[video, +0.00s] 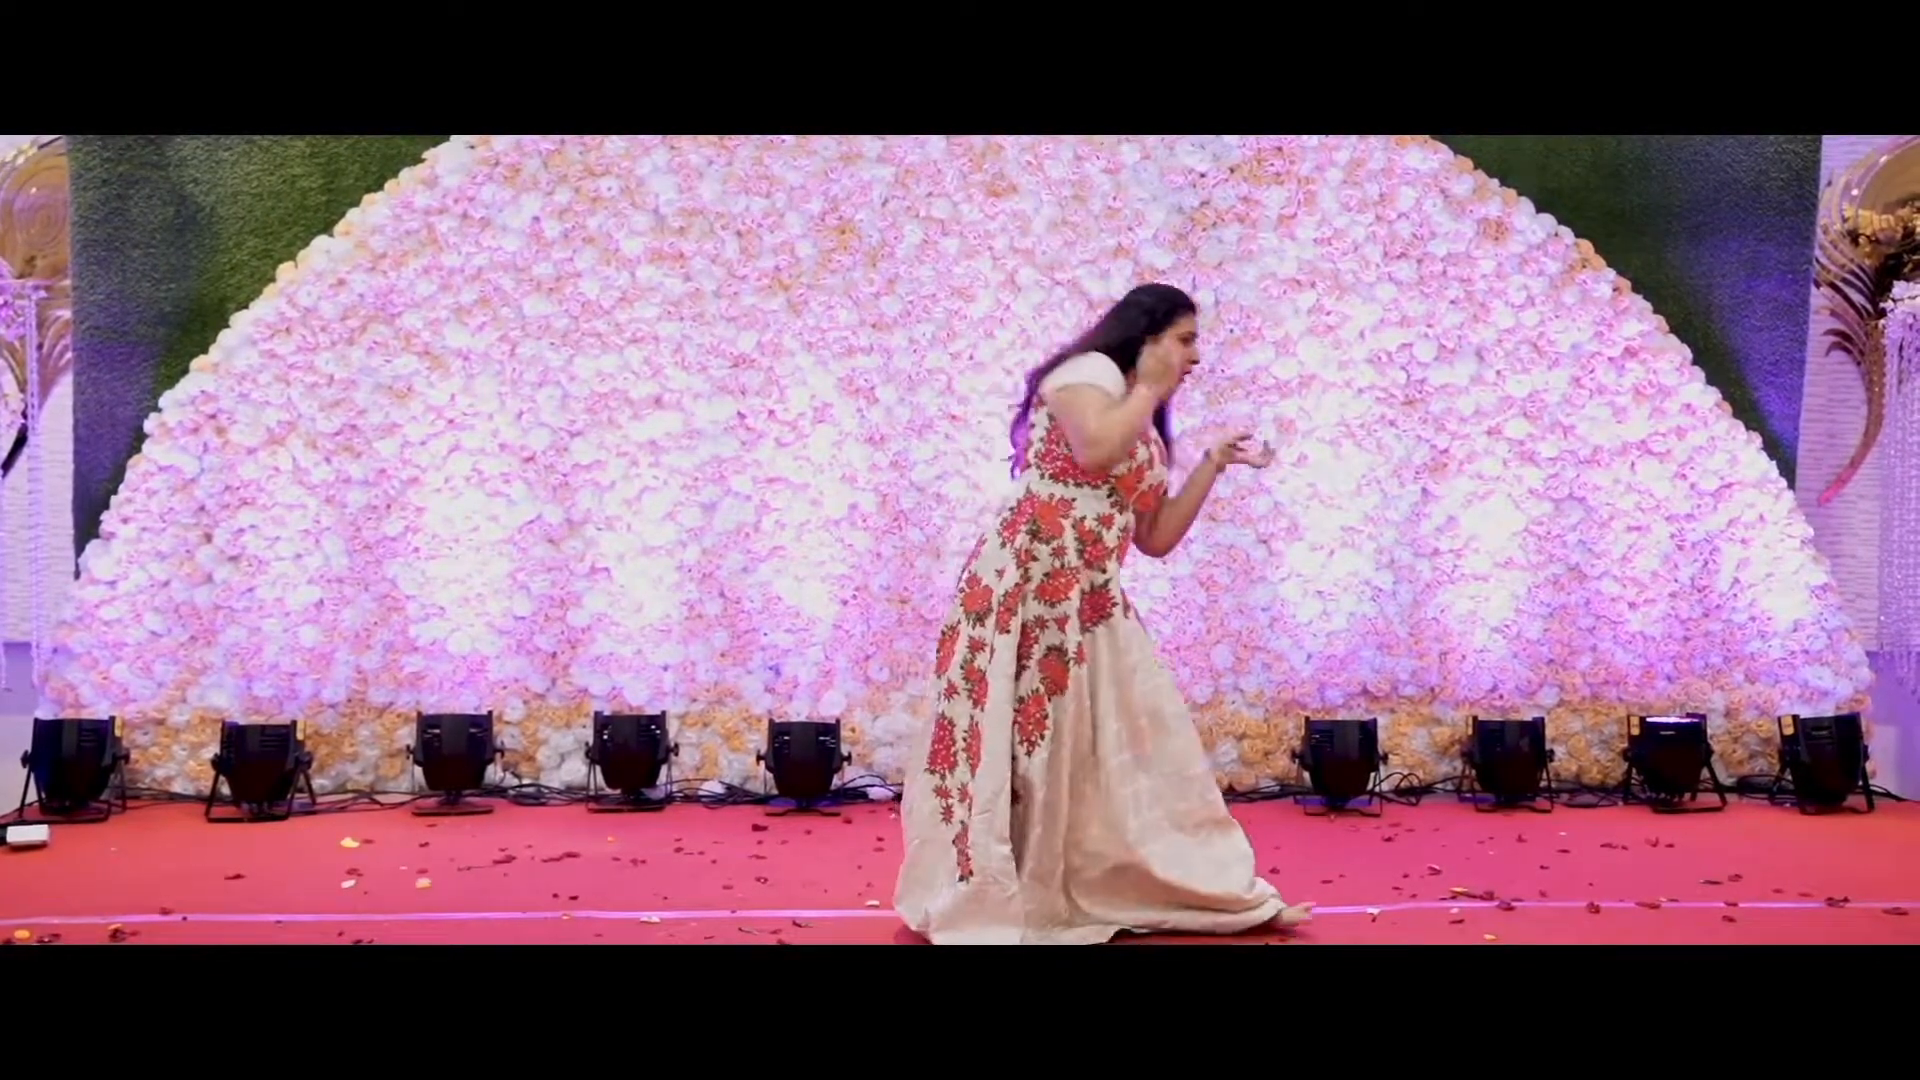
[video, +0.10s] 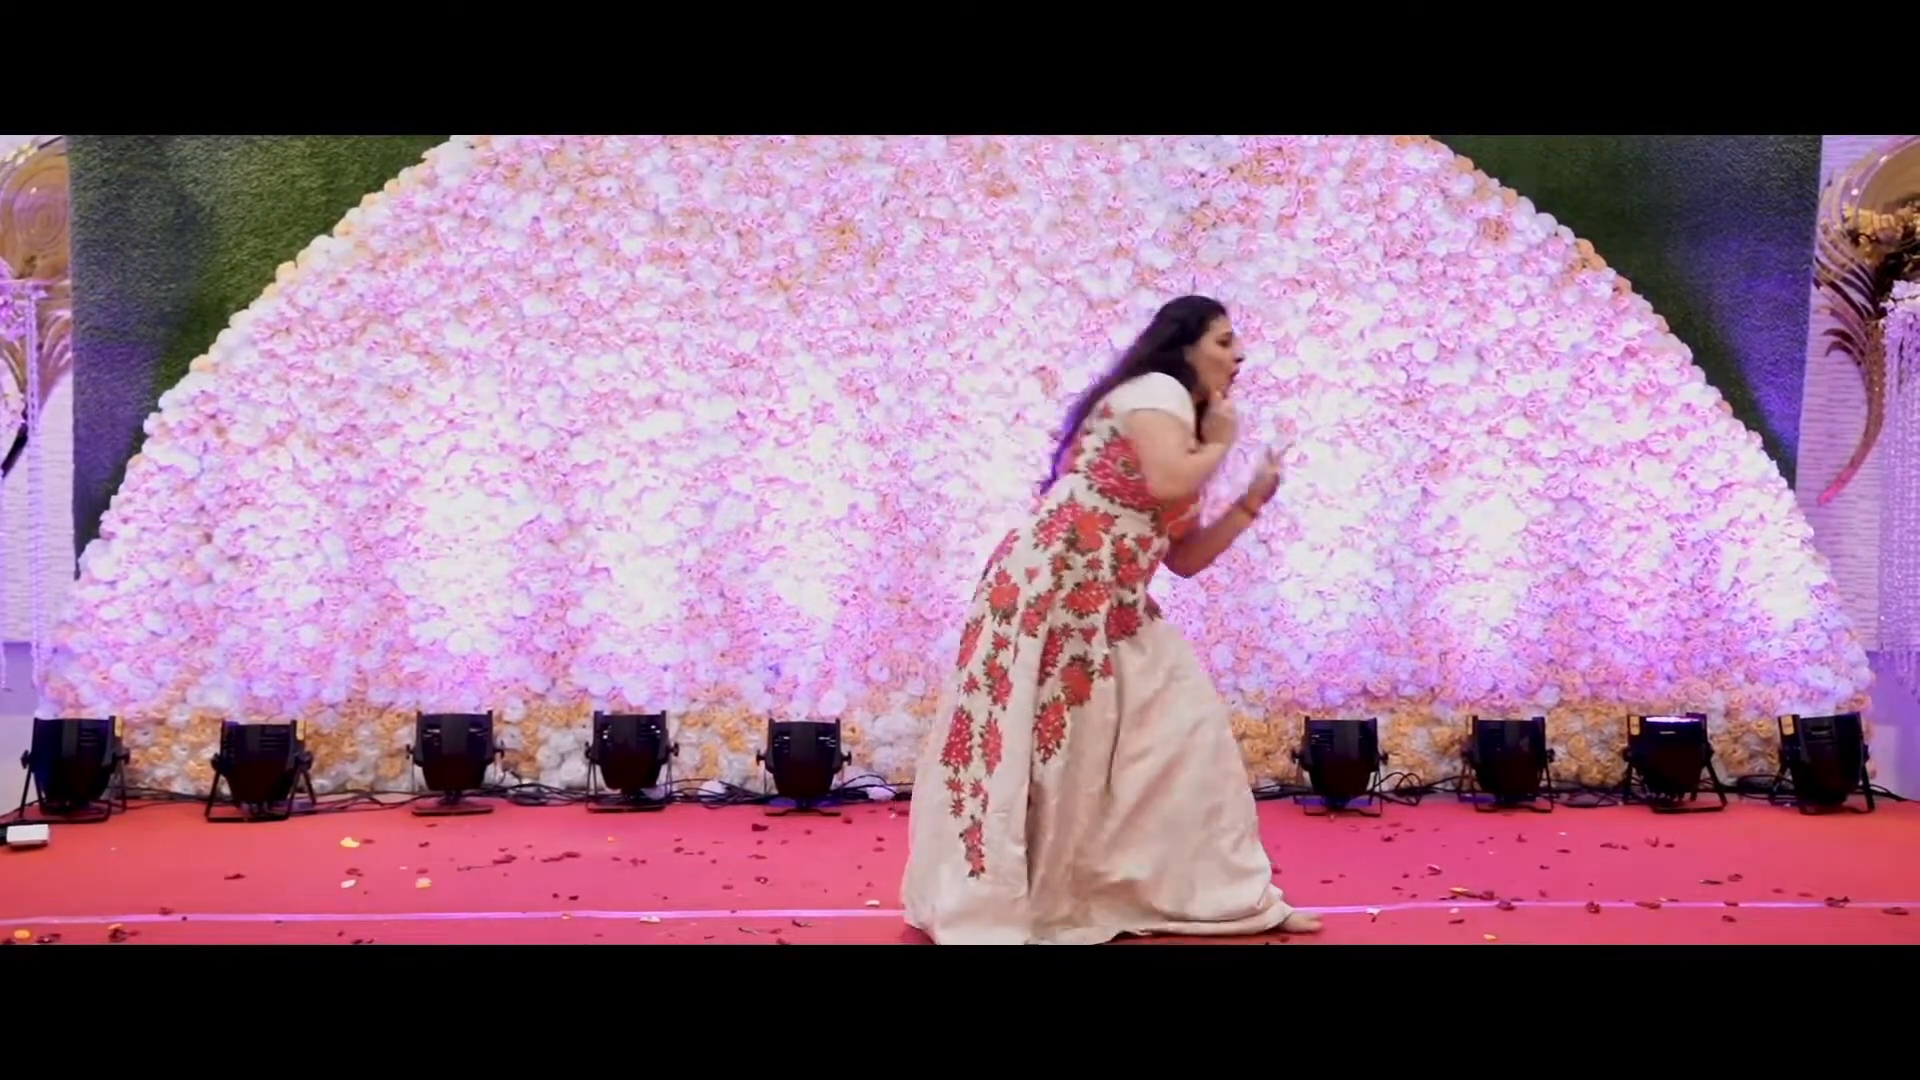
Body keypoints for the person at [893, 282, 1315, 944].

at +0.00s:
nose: (1194, 356)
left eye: (1196, 343)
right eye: (1186, 340)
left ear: (1158, 346)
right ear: (1146, 336)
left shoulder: (1144, 437)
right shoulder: (1083, 373)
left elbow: (1158, 537)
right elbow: (1095, 445)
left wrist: (1211, 464)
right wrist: (1149, 388)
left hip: (1090, 597)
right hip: (1027, 585)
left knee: (1137, 736)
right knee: (1022, 741)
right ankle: (1010, 892)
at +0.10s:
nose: (1236, 356)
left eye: (1235, 344)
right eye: (1224, 343)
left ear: (1203, 352)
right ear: (1185, 348)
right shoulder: (1156, 392)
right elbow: (1168, 483)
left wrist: (1248, 505)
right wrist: (1221, 441)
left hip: (1111, 602)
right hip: (1053, 591)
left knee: (1187, 726)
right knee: (1056, 743)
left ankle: (1211, 887)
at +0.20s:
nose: (1278, 364)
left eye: (1275, 352)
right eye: (1263, 352)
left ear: (1226, 361)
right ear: (1224, 360)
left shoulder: (1209, 441)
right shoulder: (1206, 405)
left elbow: (1223, 569)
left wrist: (1292, 539)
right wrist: (1269, 454)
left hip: (1131, 605)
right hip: (1079, 591)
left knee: (1222, 716)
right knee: (1067, 742)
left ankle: (1218, 888)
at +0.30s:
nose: (1310, 376)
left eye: (1306, 362)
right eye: (1293, 364)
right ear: (1255, 375)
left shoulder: (1233, 457)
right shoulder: (1239, 423)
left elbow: (1235, 582)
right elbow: (1342, 436)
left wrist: (1280, 542)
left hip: (1162, 610)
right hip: (1104, 593)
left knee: (1251, 724)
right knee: (1084, 750)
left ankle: (1236, 894)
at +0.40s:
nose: (1326, 385)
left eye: (1322, 372)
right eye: (1309, 374)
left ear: (1306, 383)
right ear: (1268, 385)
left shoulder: (1275, 481)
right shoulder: (1254, 431)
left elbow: (1281, 586)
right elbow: (1359, 430)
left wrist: (1297, 543)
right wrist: (1452, 473)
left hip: (1179, 621)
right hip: (1116, 602)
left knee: (1272, 732)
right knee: (1082, 757)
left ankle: (1230, 896)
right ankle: (1073, 905)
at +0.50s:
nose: (1331, 385)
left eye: (1331, 372)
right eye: (1315, 373)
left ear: (1319, 385)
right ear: (1275, 387)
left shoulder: (1302, 479)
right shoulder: (1256, 435)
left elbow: (1355, 557)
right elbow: (1356, 435)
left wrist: (1361, 501)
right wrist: (1472, 458)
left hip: (1197, 627)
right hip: (1126, 609)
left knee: (1286, 731)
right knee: (1089, 759)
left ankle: (1224, 893)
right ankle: (1048, 906)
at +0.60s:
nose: (1325, 376)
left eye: (1328, 364)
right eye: (1308, 365)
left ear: (1328, 374)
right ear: (1270, 379)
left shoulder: (1333, 471)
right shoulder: (1246, 433)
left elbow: (1406, 514)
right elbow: (1315, 431)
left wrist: (1427, 487)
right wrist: (1417, 444)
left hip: (1219, 626)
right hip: (1141, 607)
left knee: (1305, 739)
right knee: (1110, 755)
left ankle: (1232, 896)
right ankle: (1084, 898)